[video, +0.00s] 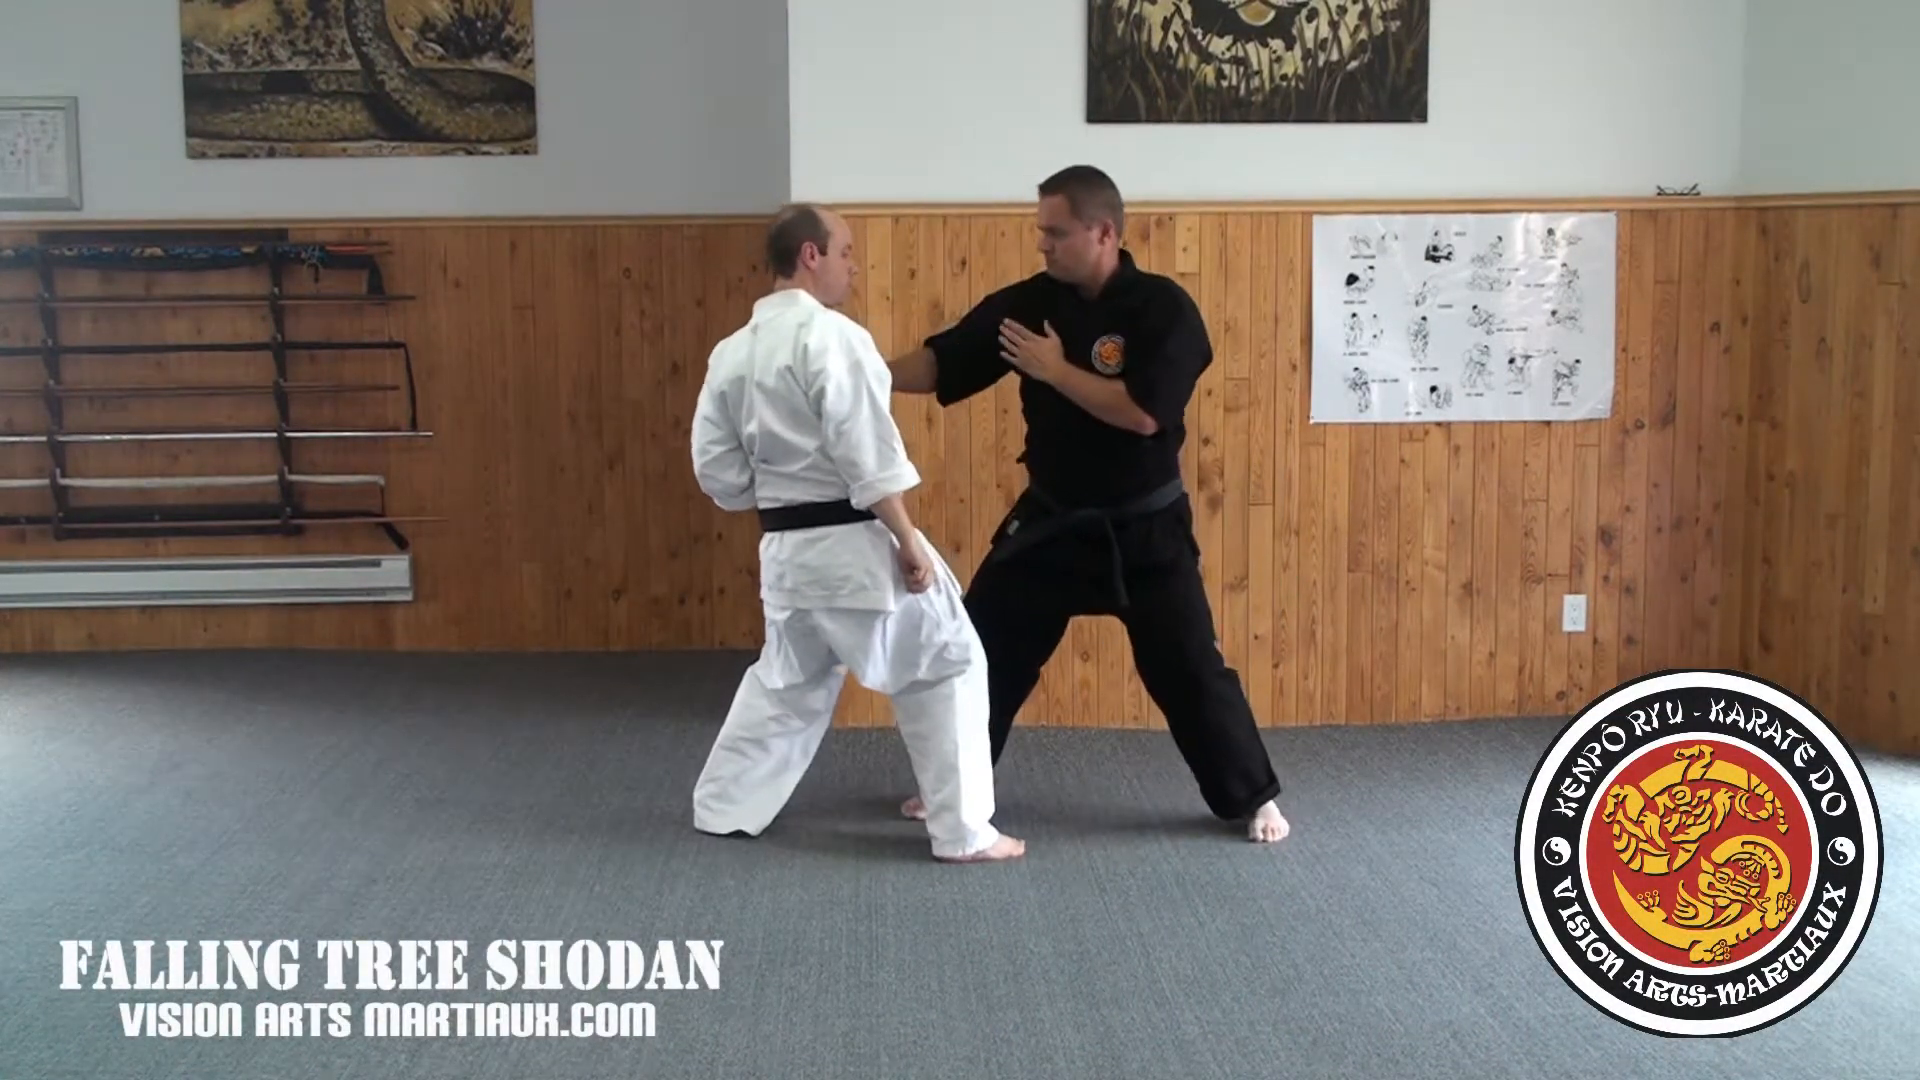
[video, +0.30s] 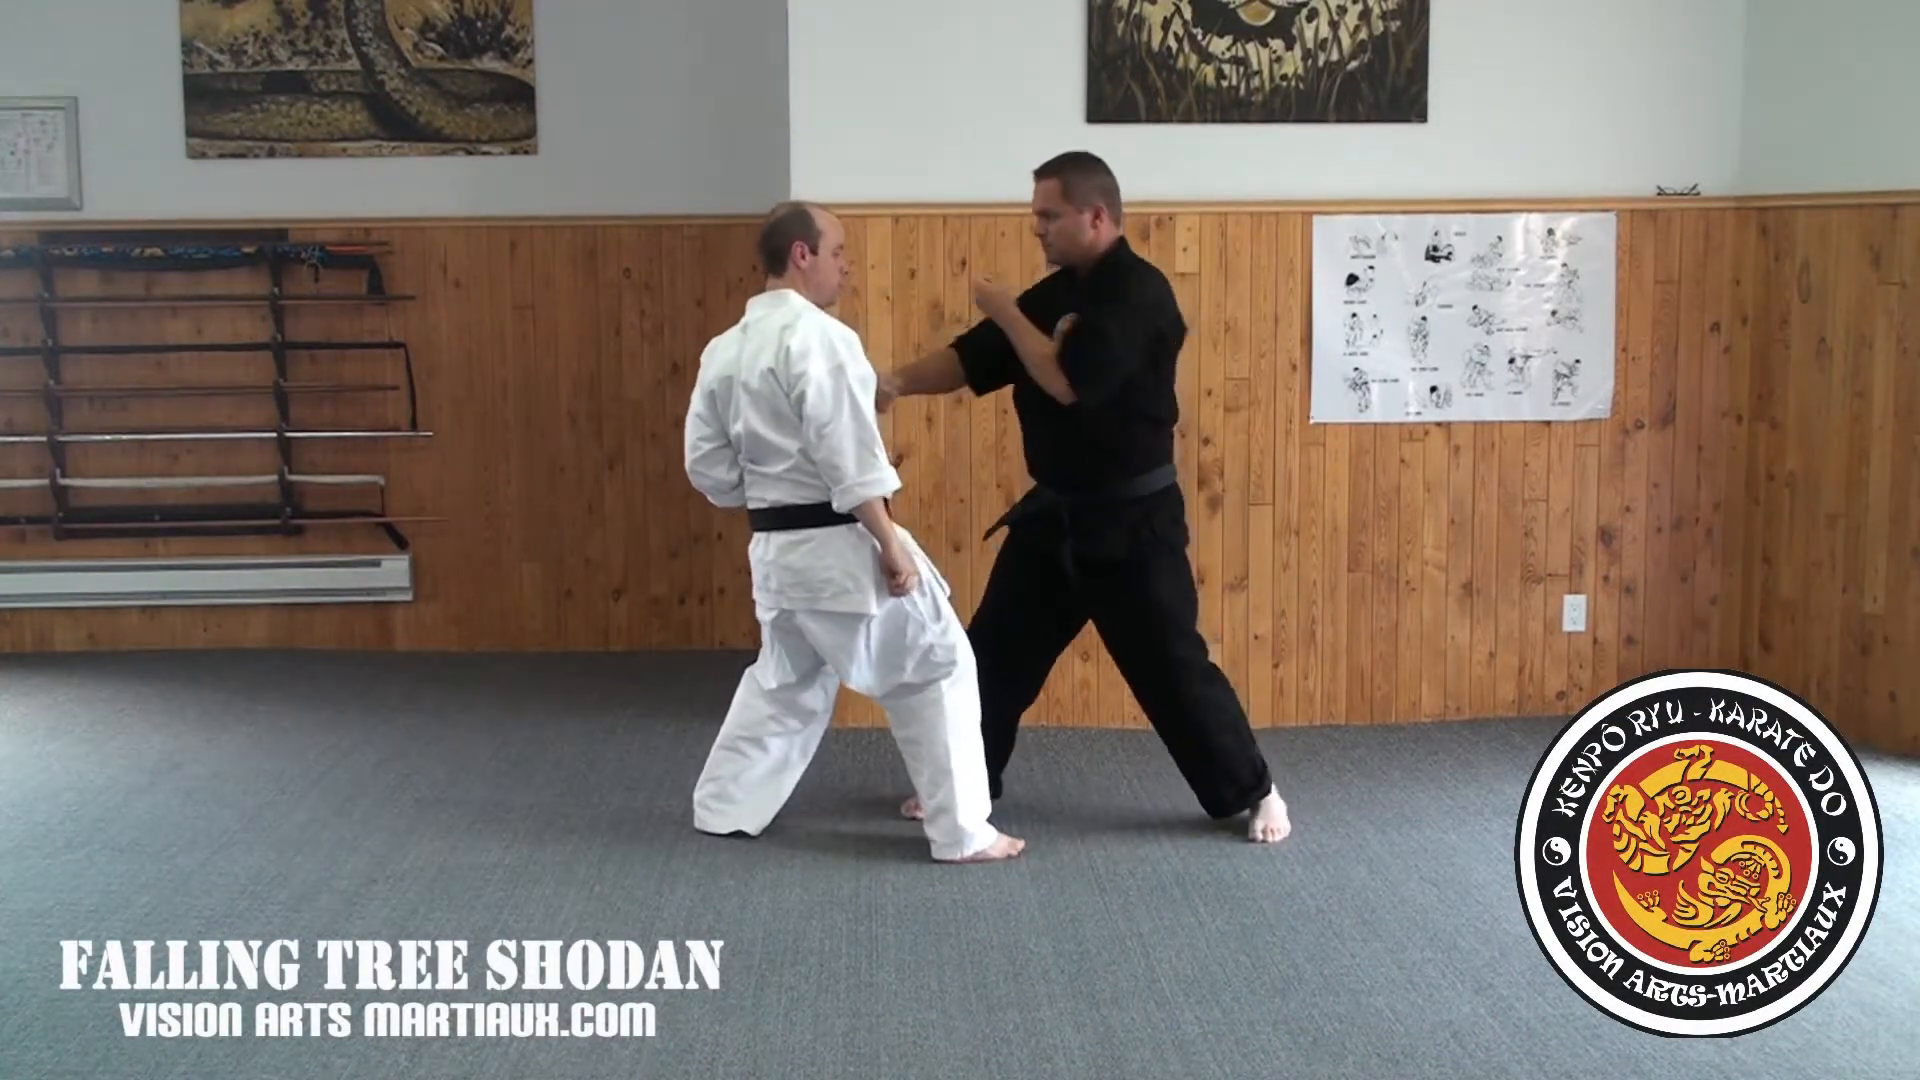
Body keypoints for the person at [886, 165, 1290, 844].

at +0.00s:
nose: (1041, 245)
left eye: (1053, 233)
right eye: (1039, 232)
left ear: (1104, 235)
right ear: (1086, 235)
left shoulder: (1164, 310)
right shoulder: (1027, 307)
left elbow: (1147, 413)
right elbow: (940, 361)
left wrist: (1056, 371)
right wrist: (860, 377)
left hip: (1146, 526)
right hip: (1049, 522)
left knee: (1188, 667)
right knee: (981, 652)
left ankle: (1255, 798)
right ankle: (954, 786)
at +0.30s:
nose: (1037, 230)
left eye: (1047, 217)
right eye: (1035, 218)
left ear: (1096, 219)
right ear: (1085, 221)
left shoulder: (1140, 294)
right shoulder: (1055, 296)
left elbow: (1067, 383)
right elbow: (975, 359)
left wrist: (1006, 315)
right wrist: (890, 383)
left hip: (1135, 517)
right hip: (1055, 514)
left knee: (1170, 665)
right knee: (994, 654)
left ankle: (1254, 792)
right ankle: (963, 787)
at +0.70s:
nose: (1044, 236)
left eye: (1055, 223)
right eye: (1041, 222)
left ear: (1105, 223)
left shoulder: (1161, 296)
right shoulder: (1035, 297)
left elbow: (1094, 371)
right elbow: (914, 318)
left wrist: (994, 354)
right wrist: (969, 301)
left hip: (1143, 525)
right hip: (1047, 519)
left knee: (1199, 664)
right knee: (975, 651)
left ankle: (1261, 795)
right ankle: (952, 786)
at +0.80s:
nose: (1045, 243)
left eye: (1058, 230)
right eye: (1042, 229)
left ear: (1107, 229)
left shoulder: (1171, 303)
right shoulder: (1035, 306)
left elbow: (1157, 409)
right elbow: (933, 319)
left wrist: (1056, 378)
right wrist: (870, 304)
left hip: (1145, 528)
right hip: (1046, 524)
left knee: (1202, 665)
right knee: (974, 650)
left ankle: (1260, 797)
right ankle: (944, 785)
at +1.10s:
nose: (1048, 244)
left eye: (1061, 231)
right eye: (1045, 231)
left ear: (1111, 231)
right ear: (1047, 232)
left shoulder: (1171, 310)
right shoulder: (1033, 307)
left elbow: (1153, 415)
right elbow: (929, 321)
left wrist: (1053, 380)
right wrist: (851, 315)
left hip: (1141, 533)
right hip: (1042, 528)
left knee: (1195, 669)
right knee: (970, 651)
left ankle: (1258, 798)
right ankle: (946, 786)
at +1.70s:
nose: (1032, 212)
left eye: (1043, 199)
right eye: (1030, 200)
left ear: (1090, 196)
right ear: (1070, 201)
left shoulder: (1160, 272)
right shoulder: (1027, 292)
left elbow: (1219, 302)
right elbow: (926, 354)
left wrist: (1131, 237)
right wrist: (833, 345)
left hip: (1143, 507)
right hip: (1049, 511)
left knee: (1189, 649)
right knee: (984, 639)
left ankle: (1258, 792)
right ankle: (1016, 777)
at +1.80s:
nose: (1015, 214)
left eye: (1025, 200)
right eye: (1013, 202)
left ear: (1074, 199)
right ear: (1051, 205)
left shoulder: (1125, 276)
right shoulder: (1011, 294)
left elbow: (1176, 253)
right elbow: (912, 350)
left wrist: (1106, 182)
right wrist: (824, 345)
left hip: (1118, 507)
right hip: (1030, 511)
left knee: (1172, 643)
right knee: (978, 639)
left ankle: (1259, 784)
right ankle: (1021, 781)